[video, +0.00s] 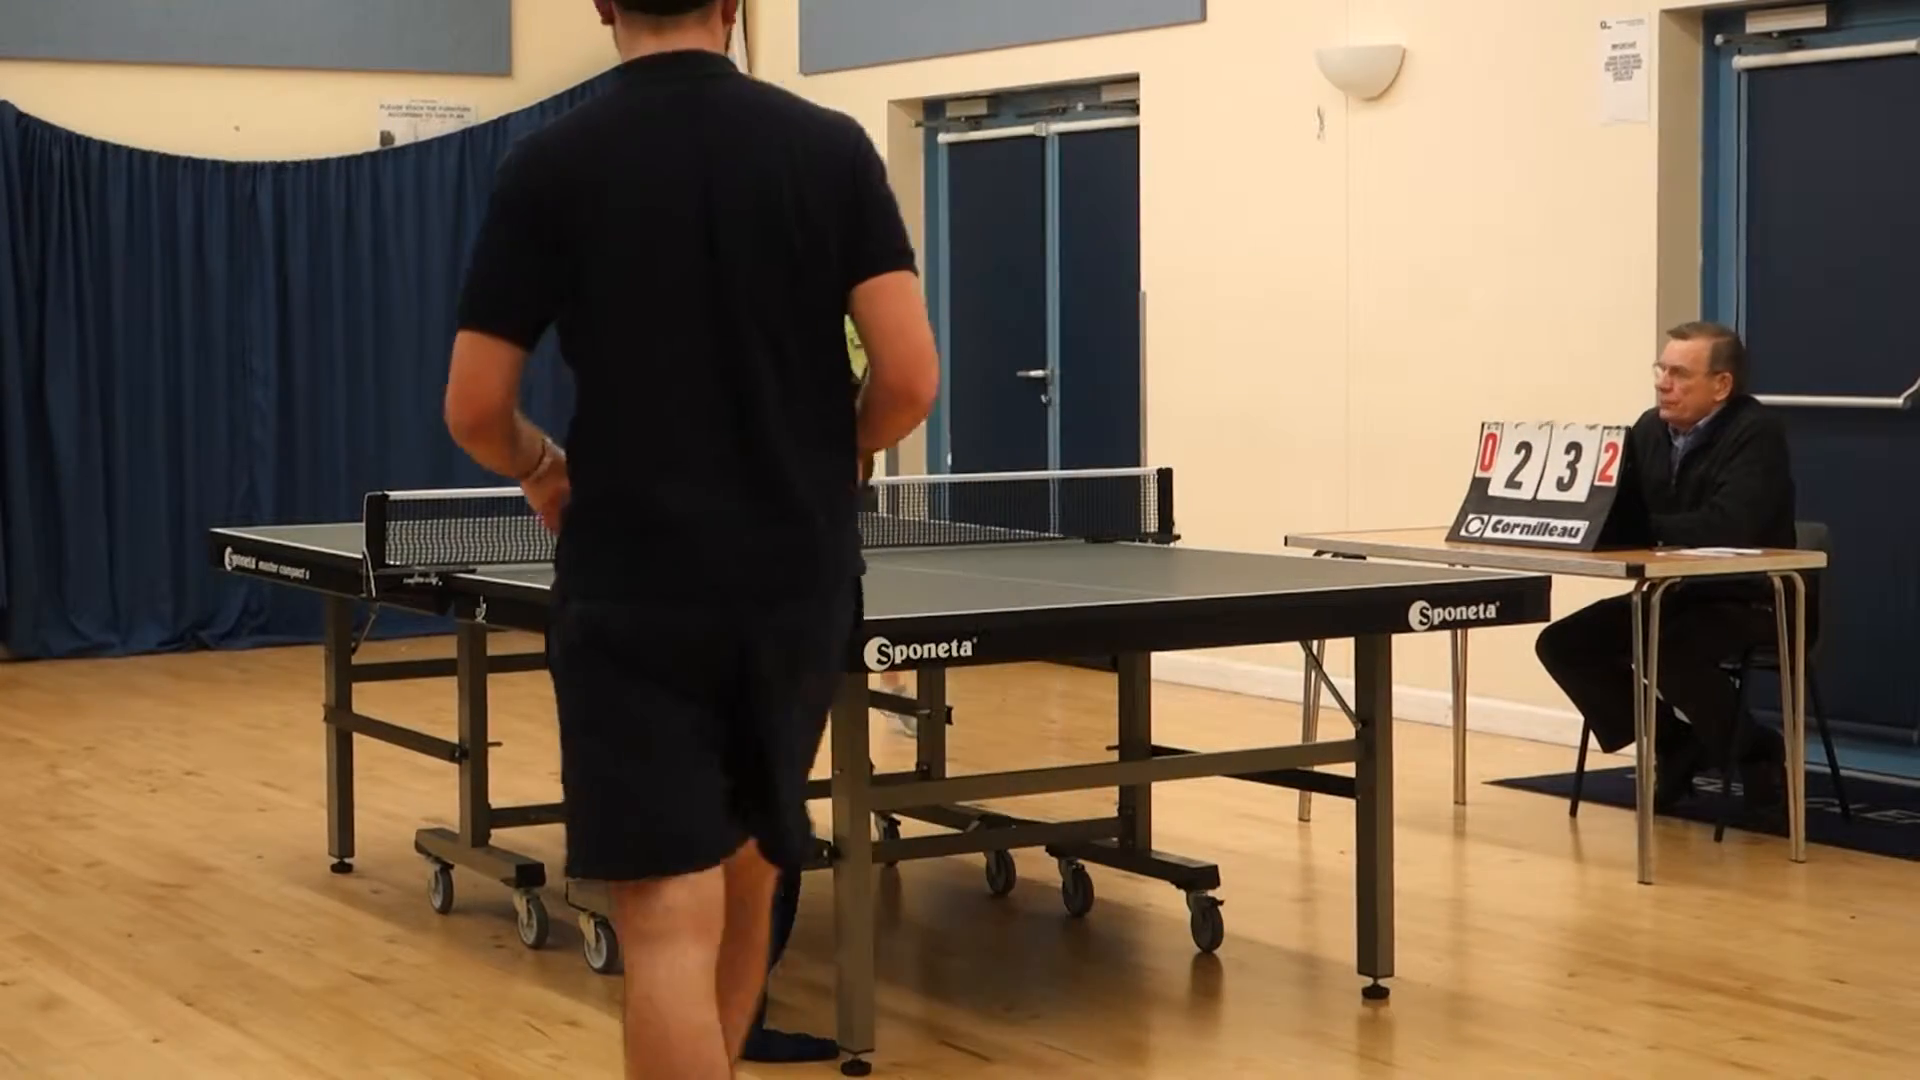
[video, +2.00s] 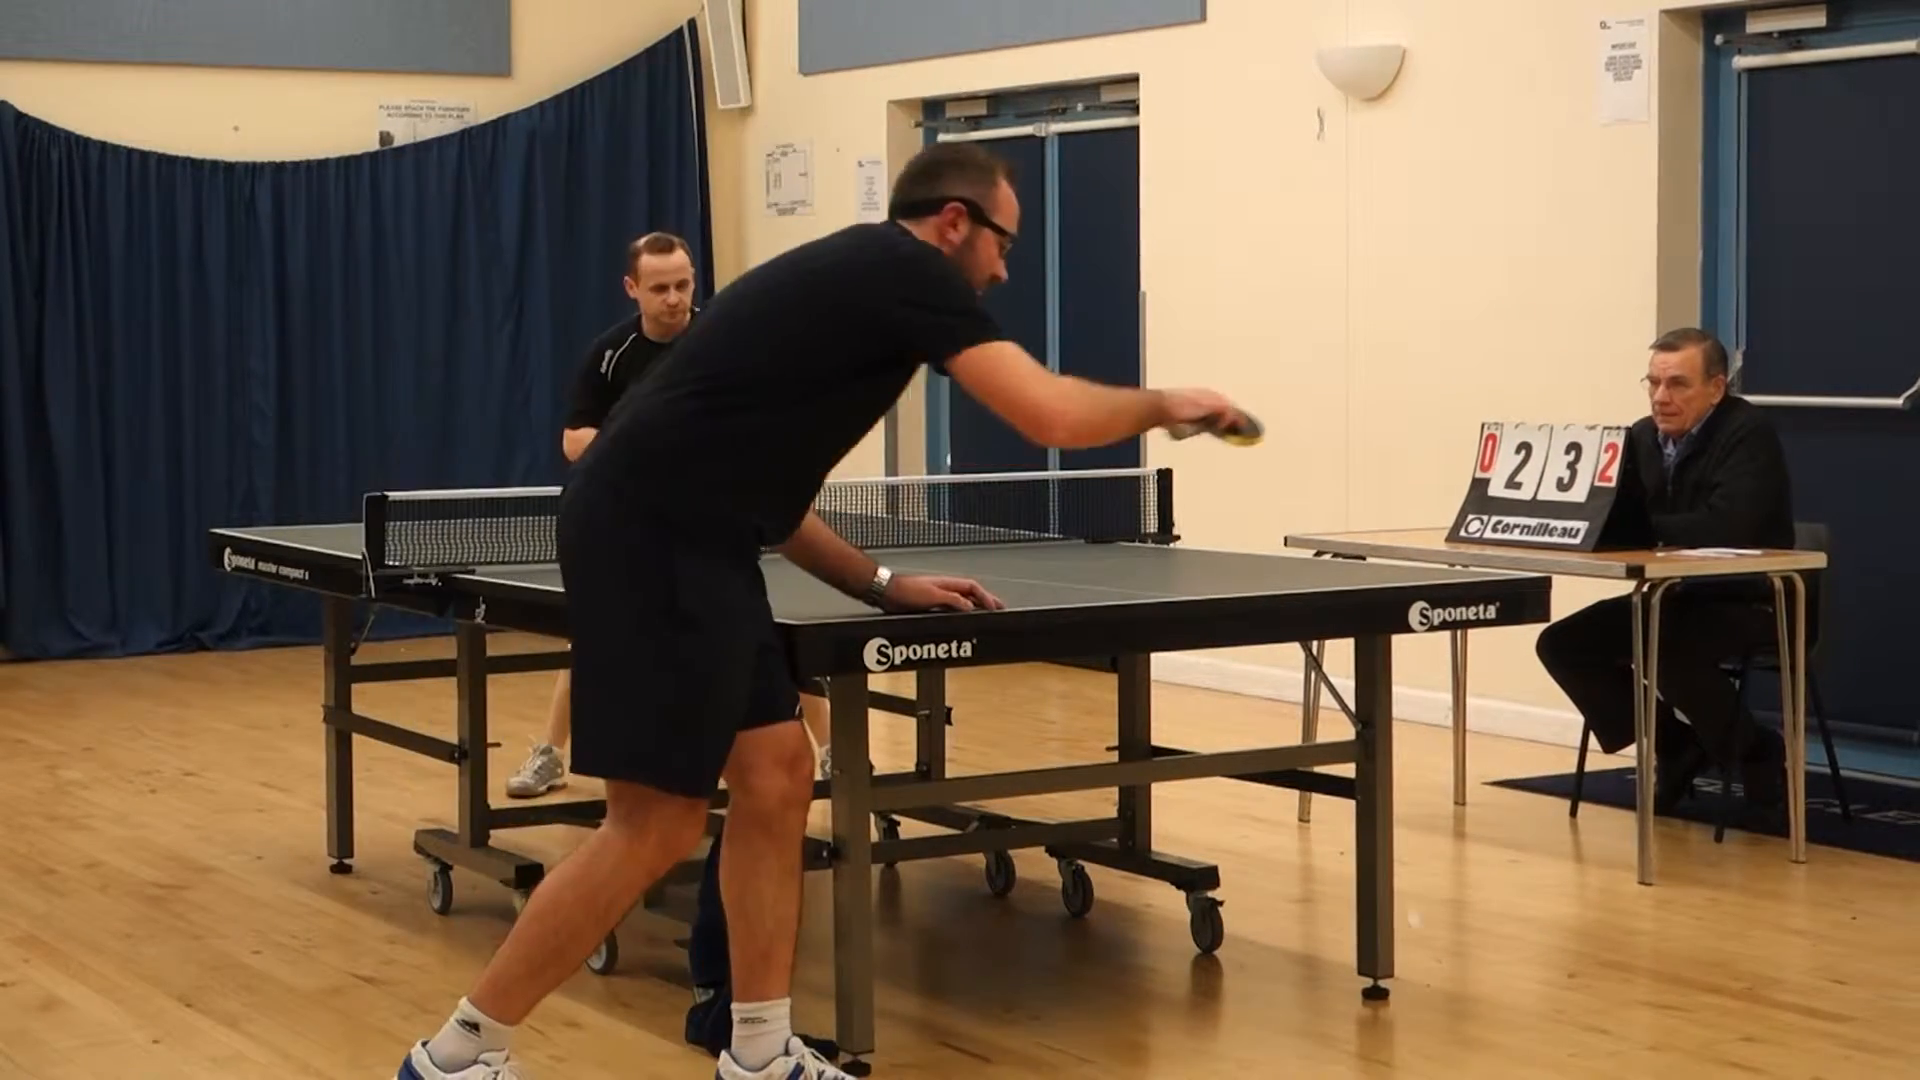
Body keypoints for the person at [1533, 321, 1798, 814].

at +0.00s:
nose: (1663, 383)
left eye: (1679, 374)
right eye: (1661, 370)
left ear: (1721, 386)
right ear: (1655, 371)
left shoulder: (1756, 432)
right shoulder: (1649, 429)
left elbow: (1737, 526)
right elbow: (1613, 509)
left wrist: (1639, 530)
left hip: (1754, 597)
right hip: (1672, 592)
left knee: (1669, 649)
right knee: (1562, 644)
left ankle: (1758, 750)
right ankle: (1674, 742)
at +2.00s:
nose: (1661, 396)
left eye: (1677, 383)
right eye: (1654, 382)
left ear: (1716, 388)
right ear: (1646, 383)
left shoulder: (1749, 434)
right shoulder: (1641, 438)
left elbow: (1733, 526)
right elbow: (1610, 518)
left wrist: (1639, 531)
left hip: (1755, 601)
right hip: (1672, 597)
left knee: (1668, 647)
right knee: (1561, 644)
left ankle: (1757, 751)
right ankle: (1674, 741)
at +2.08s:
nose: (1662, 398)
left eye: (1678, 385)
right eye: (1654, 384)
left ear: (1716, 389)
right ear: (1646, 384)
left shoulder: (1749, 434)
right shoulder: (1640, 439)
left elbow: (1733, 526)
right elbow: (1611, 519)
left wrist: (1640, 531)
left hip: (1755, 601)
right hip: (1672, 596)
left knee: (1668, 647)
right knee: (1561, 644)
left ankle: (1756, 750)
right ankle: (1674, 742)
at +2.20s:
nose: (1663, 398)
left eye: (1679, 385)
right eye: (1655, 384)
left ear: (1717, 390)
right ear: (1647, 385)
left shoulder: (1749, 434)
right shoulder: (1641, 438)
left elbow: (1731, 527)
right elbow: (1609, 518)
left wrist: (1638, 529)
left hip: (1756, 600)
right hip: (1673, 596)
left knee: (1668, 647)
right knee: (1561, 644)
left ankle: (1757, 750)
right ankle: (1674, 743)